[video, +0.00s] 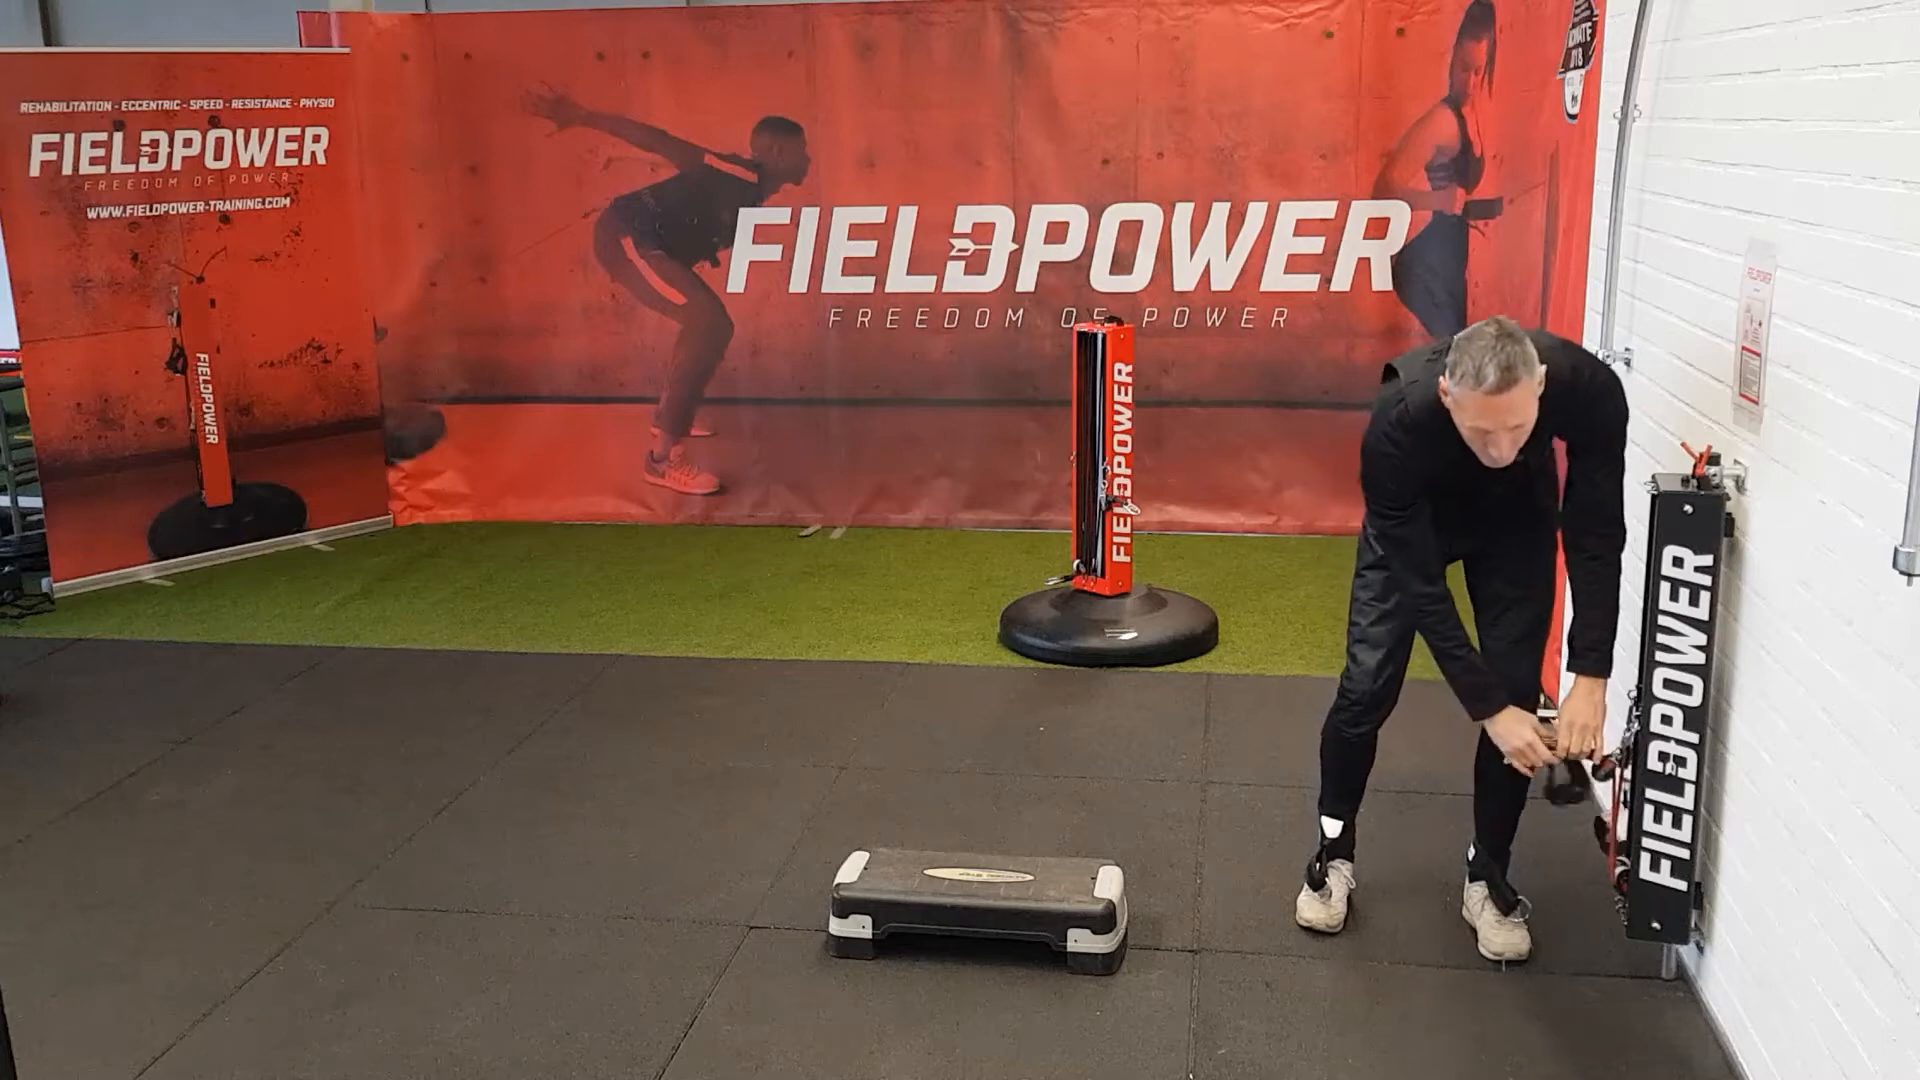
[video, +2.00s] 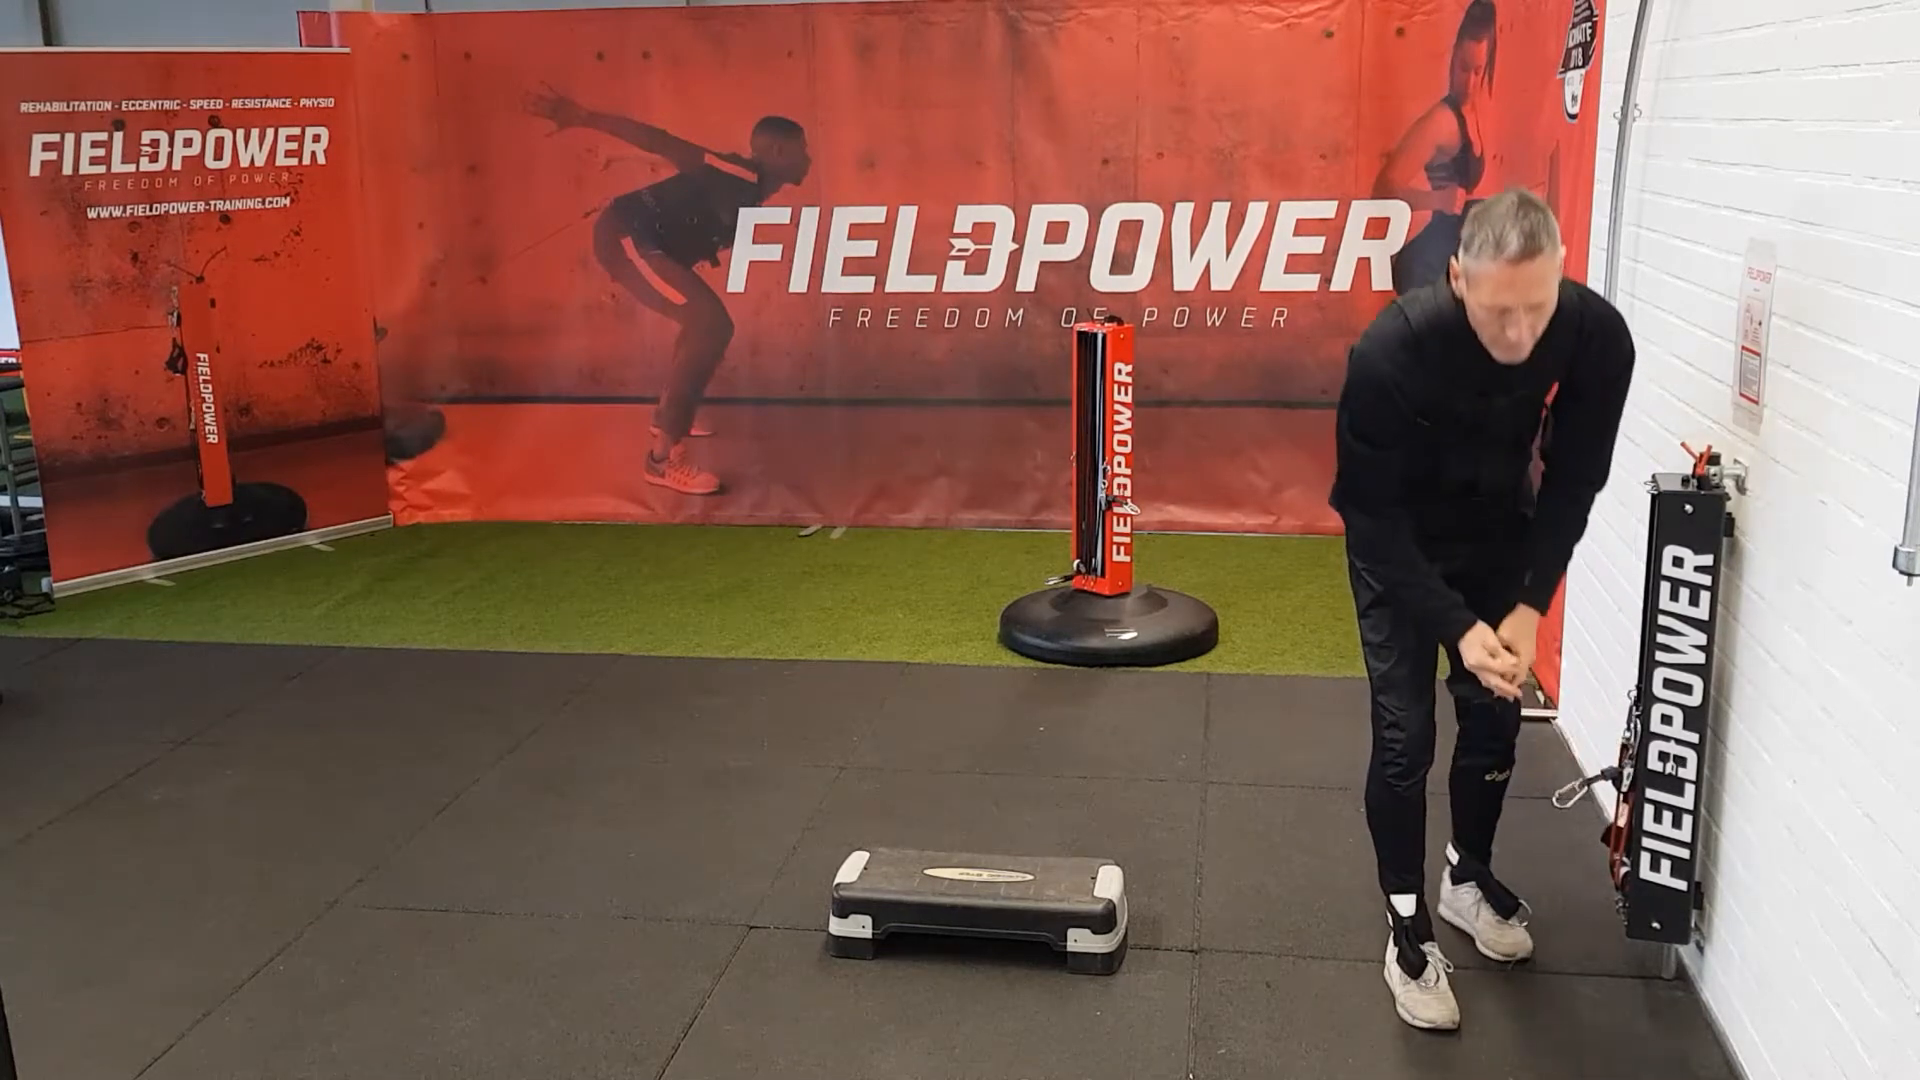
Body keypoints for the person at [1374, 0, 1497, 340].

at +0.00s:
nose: (1471, 81)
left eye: (1480, 72)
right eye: (1464, 69)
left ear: (1488, 72)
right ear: (1450, 66)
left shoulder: (1466, 118)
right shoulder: (1440, 120)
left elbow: (1436, 187)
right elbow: (1388, 186)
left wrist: (1471, 209)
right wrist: (1439, 200)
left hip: (1446, 253)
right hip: (1425, 256)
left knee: (1454, 344)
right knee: (1447, 345)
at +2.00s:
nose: (1470, 84)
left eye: (1479, 72)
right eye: (1463, 70)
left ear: (1490, 69)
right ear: (1448, 65)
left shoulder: (1473, 115)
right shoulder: (1440, 120)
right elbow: (1390, 185)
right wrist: (1438, 199)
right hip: (1426, 249)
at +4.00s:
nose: (1471, 80)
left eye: (1480, 71)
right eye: (1465, 68)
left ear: (1489, 69)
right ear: (1451, 63)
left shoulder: (1472, 116)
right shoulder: (1441, 121)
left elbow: (1440, 194)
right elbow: (1387, 187)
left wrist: (1475, 209)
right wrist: (1438, 200)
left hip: (1447, 254)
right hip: (1426, 258)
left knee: (1457, 348)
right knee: (1450, 348)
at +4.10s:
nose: (1472, 80)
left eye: (1481, 71)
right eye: (1465, 68)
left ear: (1490, 71)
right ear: (1451, 65)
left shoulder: (1472, 118)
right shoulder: (1441, 121)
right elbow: (1387, 187)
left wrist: (1471, 210)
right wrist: (1437, 200)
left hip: (1447, 254)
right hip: (1425, 258)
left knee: (1456, 349)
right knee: (1452, 350)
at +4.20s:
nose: (1473, 80)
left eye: (1483, 70)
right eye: (1466, 68)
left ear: (1493, 70)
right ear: (1452, 64)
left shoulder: (1470, 119)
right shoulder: (1442, 120)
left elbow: (1437, 187)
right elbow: (1387, 188)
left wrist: (1469, 212)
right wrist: (1440, 199)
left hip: (1446, 256)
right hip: (1425, 258)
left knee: (1450, 357)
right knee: (1442, 359)